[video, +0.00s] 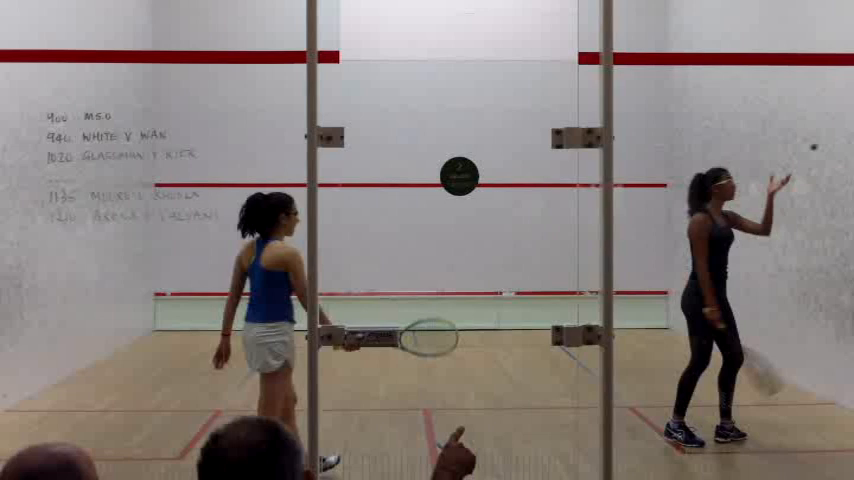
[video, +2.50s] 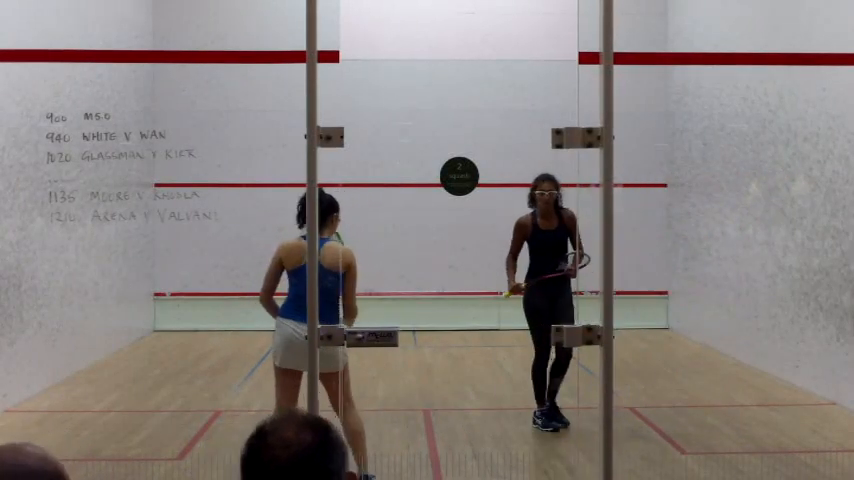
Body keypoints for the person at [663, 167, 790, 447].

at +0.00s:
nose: (734, 183)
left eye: (732, 179)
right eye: (729, 180)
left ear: (719, 189)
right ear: (716, 188)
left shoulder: (726, 217)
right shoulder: (700, 222)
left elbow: (764, 229)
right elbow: (701, 267)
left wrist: (770, 196)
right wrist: (710, 304)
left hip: (718, 296)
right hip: (698, 297)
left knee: (734, 357)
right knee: (700, 359)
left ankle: (725, 424)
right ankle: (676, 423)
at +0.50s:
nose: (688, 189)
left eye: (693, 185)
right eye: (683, 185)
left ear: (702, 191)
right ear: (677, 191)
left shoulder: (706, 218)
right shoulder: (665, 221)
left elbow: (733, 232)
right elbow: (644, 258)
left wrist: (725, 208)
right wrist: (622, 291)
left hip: (691, 298)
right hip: (666, 298)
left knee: (710, 359)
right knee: (678, 359)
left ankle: (714, 421)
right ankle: (674, 425)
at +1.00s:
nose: (652, 191)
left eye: (658, 188)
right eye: (648, 188)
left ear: (668, 193)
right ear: (642, 193)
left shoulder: (671, 223)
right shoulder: (635, 224)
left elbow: (685, 257)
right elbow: (623, 265)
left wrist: (676, 259)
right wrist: (624, 302)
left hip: (660, 294)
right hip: (638, 295)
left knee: (651, 357)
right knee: (654, 357)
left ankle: (621, 408)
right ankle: (670, 424)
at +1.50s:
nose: (626, 192)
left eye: (631, 188)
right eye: (622, 187)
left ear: (638, 194)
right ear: (613, 191)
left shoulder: (631, 222)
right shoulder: (603, 219)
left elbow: (627, 257)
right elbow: (584, 252)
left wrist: (645, 276)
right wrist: (608, 279)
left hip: (621, 293)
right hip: (601, 293)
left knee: (622, 351)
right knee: (613, 351)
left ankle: (615, 411)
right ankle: (594, 411)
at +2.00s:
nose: (573, 193)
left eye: (577, 188)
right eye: (568, 189)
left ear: (585, 193)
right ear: (562, 196)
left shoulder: (592, 221)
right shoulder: (552, 224)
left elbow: (591, 255)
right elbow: (532, 257)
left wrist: (606, 271)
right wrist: (548, 283)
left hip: (580, 294)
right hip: (554, 296)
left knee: (594, 352)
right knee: (555, 353)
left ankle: (611, 411)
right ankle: (542, 412)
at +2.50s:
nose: (545, 195)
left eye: (550, 192)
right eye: (541, 192)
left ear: (557, 195)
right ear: (534, 195)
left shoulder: (567, 218)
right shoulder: (525, 224)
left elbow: (578, 249)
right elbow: (512, 257)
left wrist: (574, 267)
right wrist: (512, 282)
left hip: (561, 290)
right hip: (536, 291)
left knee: (565, 352)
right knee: (542, 352)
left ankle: (551, 403)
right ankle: (540, 410)